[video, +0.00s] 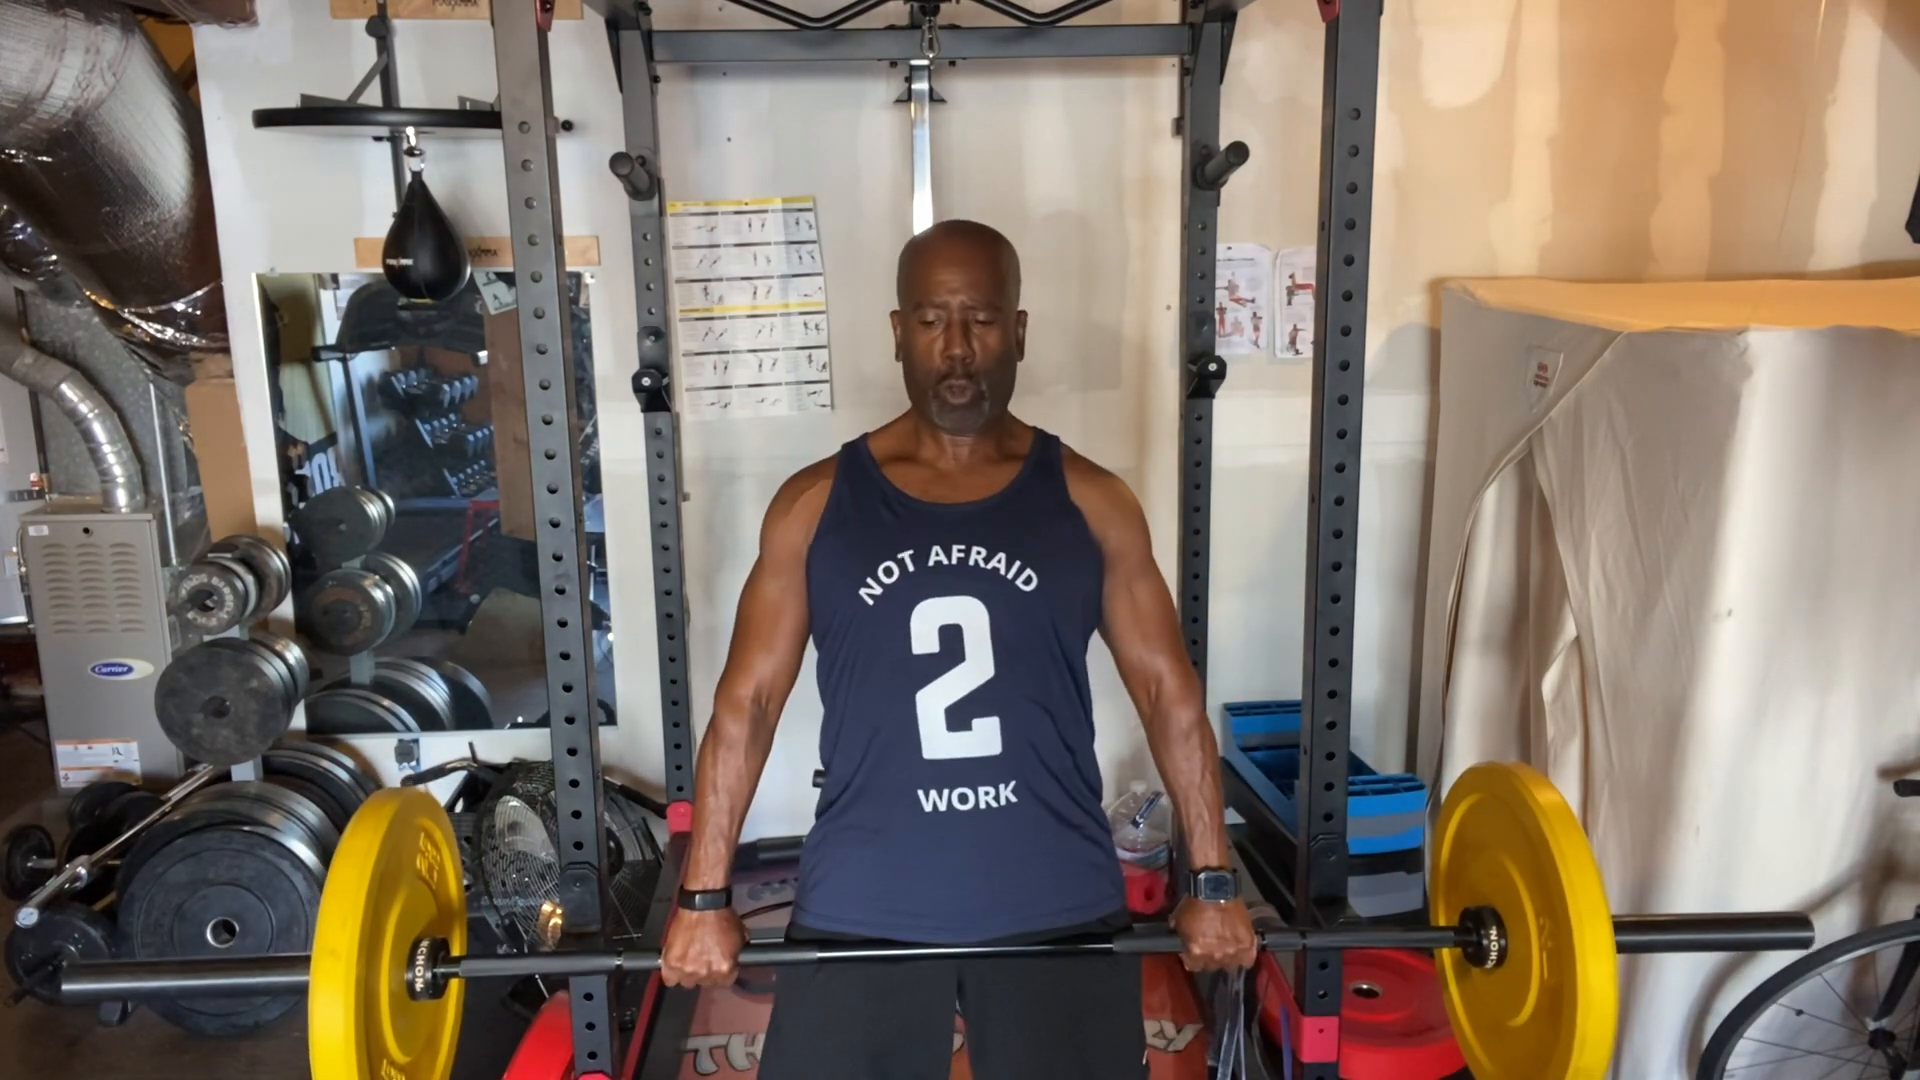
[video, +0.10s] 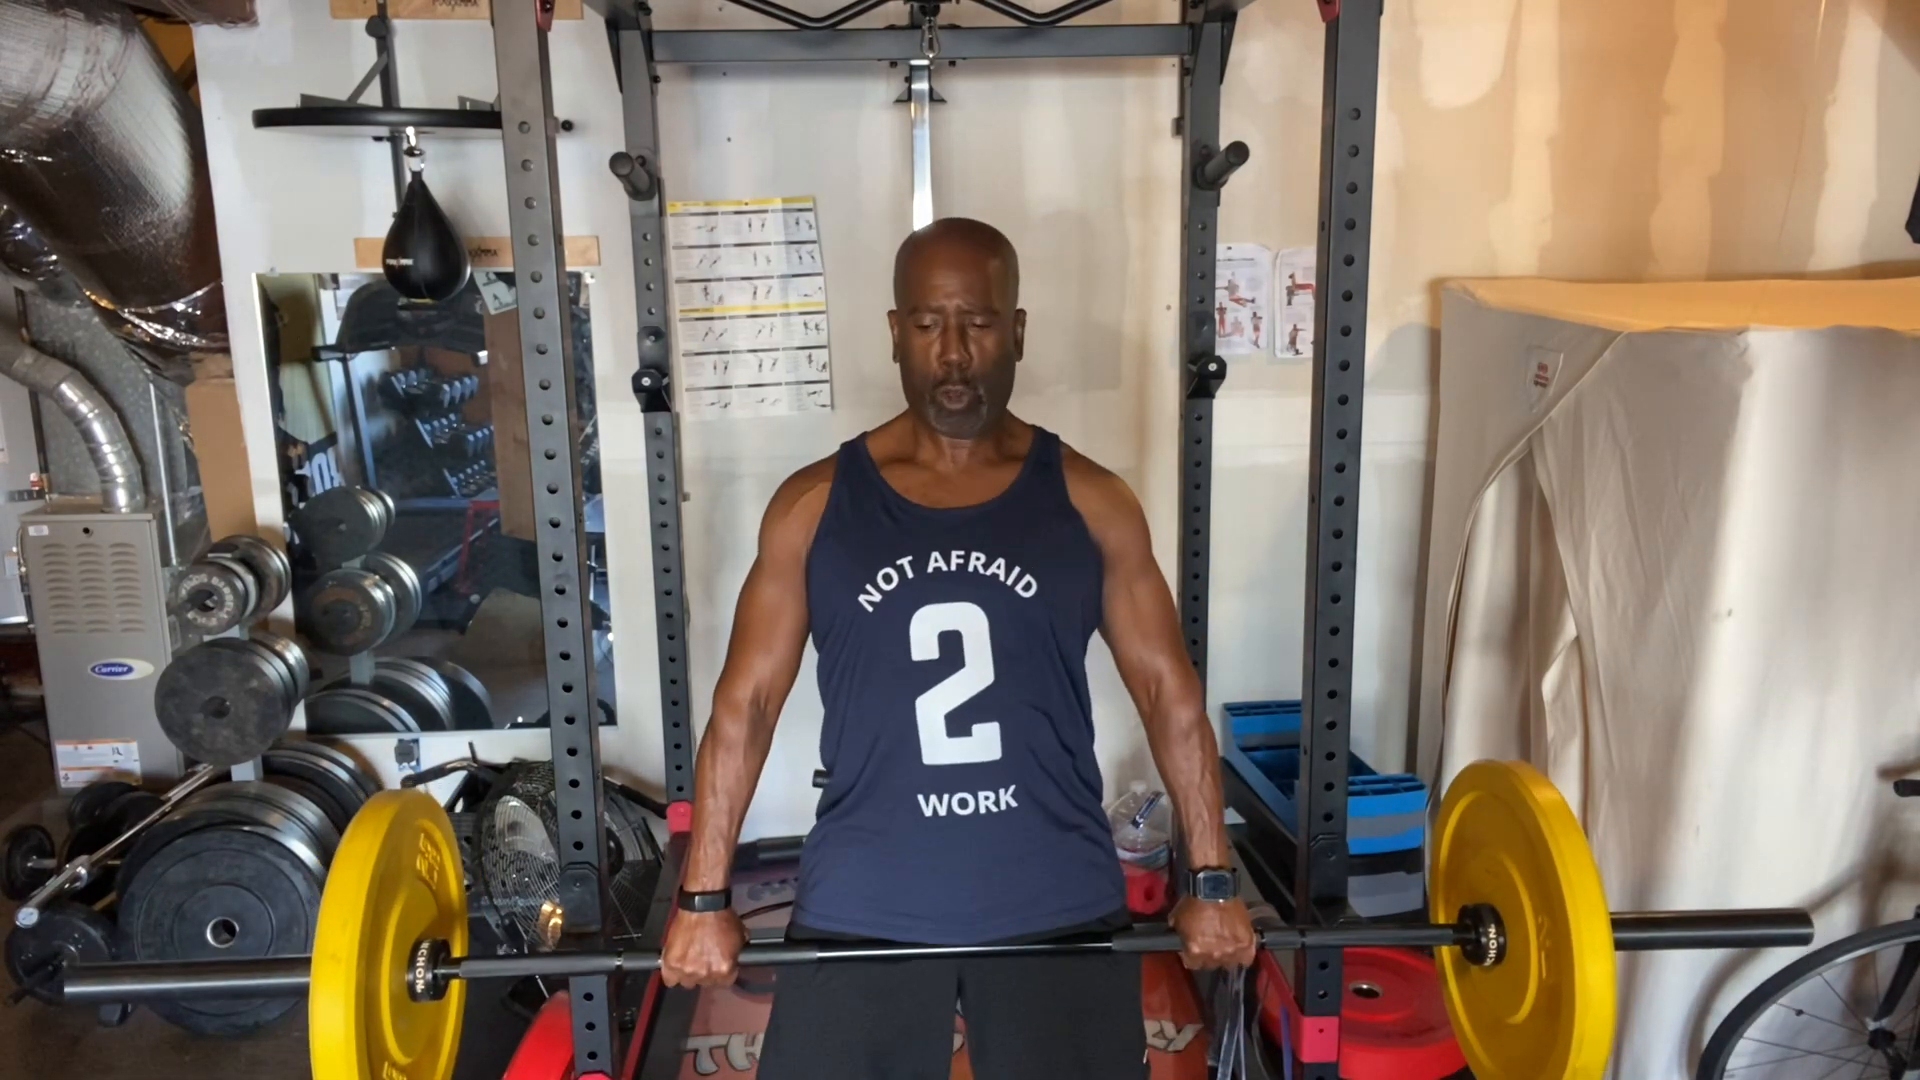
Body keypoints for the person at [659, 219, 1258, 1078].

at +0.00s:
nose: (955, 347)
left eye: (981, 320)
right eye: (930, 321)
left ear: (1018, 333)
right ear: (899, 335)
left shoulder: (1093, 502)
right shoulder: (816, 504)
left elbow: (1167, 689)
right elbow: (747, 703)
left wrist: (1213, 878)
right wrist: (703, 893)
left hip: (1059, 930)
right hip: (860, 933)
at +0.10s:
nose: (953, 349)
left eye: (979, 322)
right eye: (928, 323)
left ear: (1017, 334)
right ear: (896, 336)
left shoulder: (1093, 502)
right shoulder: (814, 506)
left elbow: (1167, 690)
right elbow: (746, 705)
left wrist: (1212, 878)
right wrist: (703, 893)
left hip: (1059, 927)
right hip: (860, 929)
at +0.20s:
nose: (952, 366)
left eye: (978, 336)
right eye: (926, 337)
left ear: (1018, 334)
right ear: (893, 336)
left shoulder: (1094, 504)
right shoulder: (813, 507)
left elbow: (1169, 693)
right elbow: (744, 709)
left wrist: (1213, 878)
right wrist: (702, 895)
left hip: (1056, 916)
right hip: (863, 919)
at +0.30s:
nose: (952, 396)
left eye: (978, 363)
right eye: (925, 362)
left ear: (1021, 345)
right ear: (891, 346)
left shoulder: (1095, 507)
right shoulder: (811, 511)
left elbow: (1173, 700)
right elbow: (741, 714)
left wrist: (1212, 878)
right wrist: (704, 897)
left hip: (1055, 908)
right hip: (866, 912)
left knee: (1078, 1063)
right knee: (831, 1066)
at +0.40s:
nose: (950, 434)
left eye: (978, 400)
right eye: (922, 399)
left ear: (1024, 367)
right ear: (888, 365)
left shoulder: (1099, 519)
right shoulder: (809, 523)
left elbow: (1176, 706)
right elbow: (741, 721)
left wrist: (1213, 885)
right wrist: (706, 904)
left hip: (1053, 909)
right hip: (866, 913)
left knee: (1075, 1063)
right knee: (847, 1065)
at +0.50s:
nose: (959, 492)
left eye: (987, 461)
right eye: (930, 460)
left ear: (1032, 411)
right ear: (891, 411)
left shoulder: (1103, 546)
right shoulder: (810, 549)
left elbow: (1186, 727)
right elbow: (739, 746)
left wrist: (1212, 901)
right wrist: (706, 920)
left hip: (1048, 896)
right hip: (866, 899)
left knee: (1084, 1063)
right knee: (841, 1064)